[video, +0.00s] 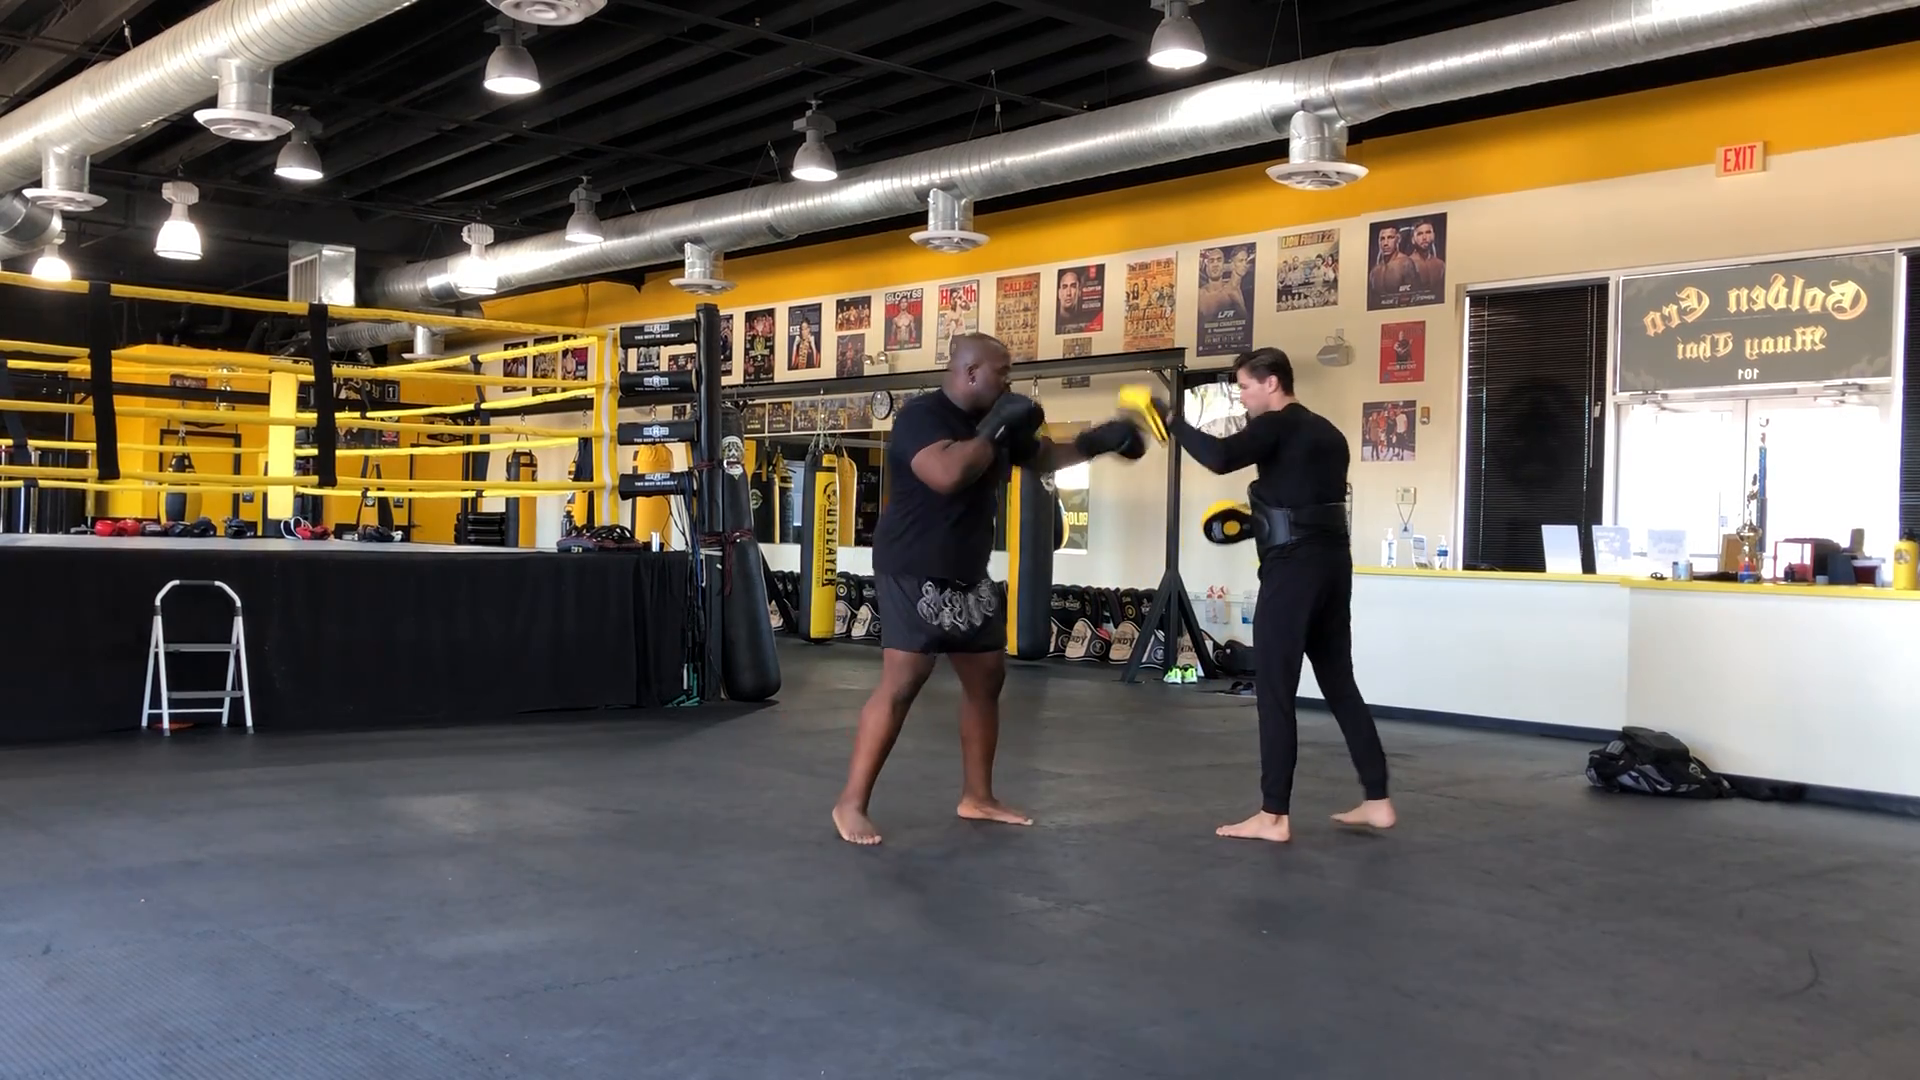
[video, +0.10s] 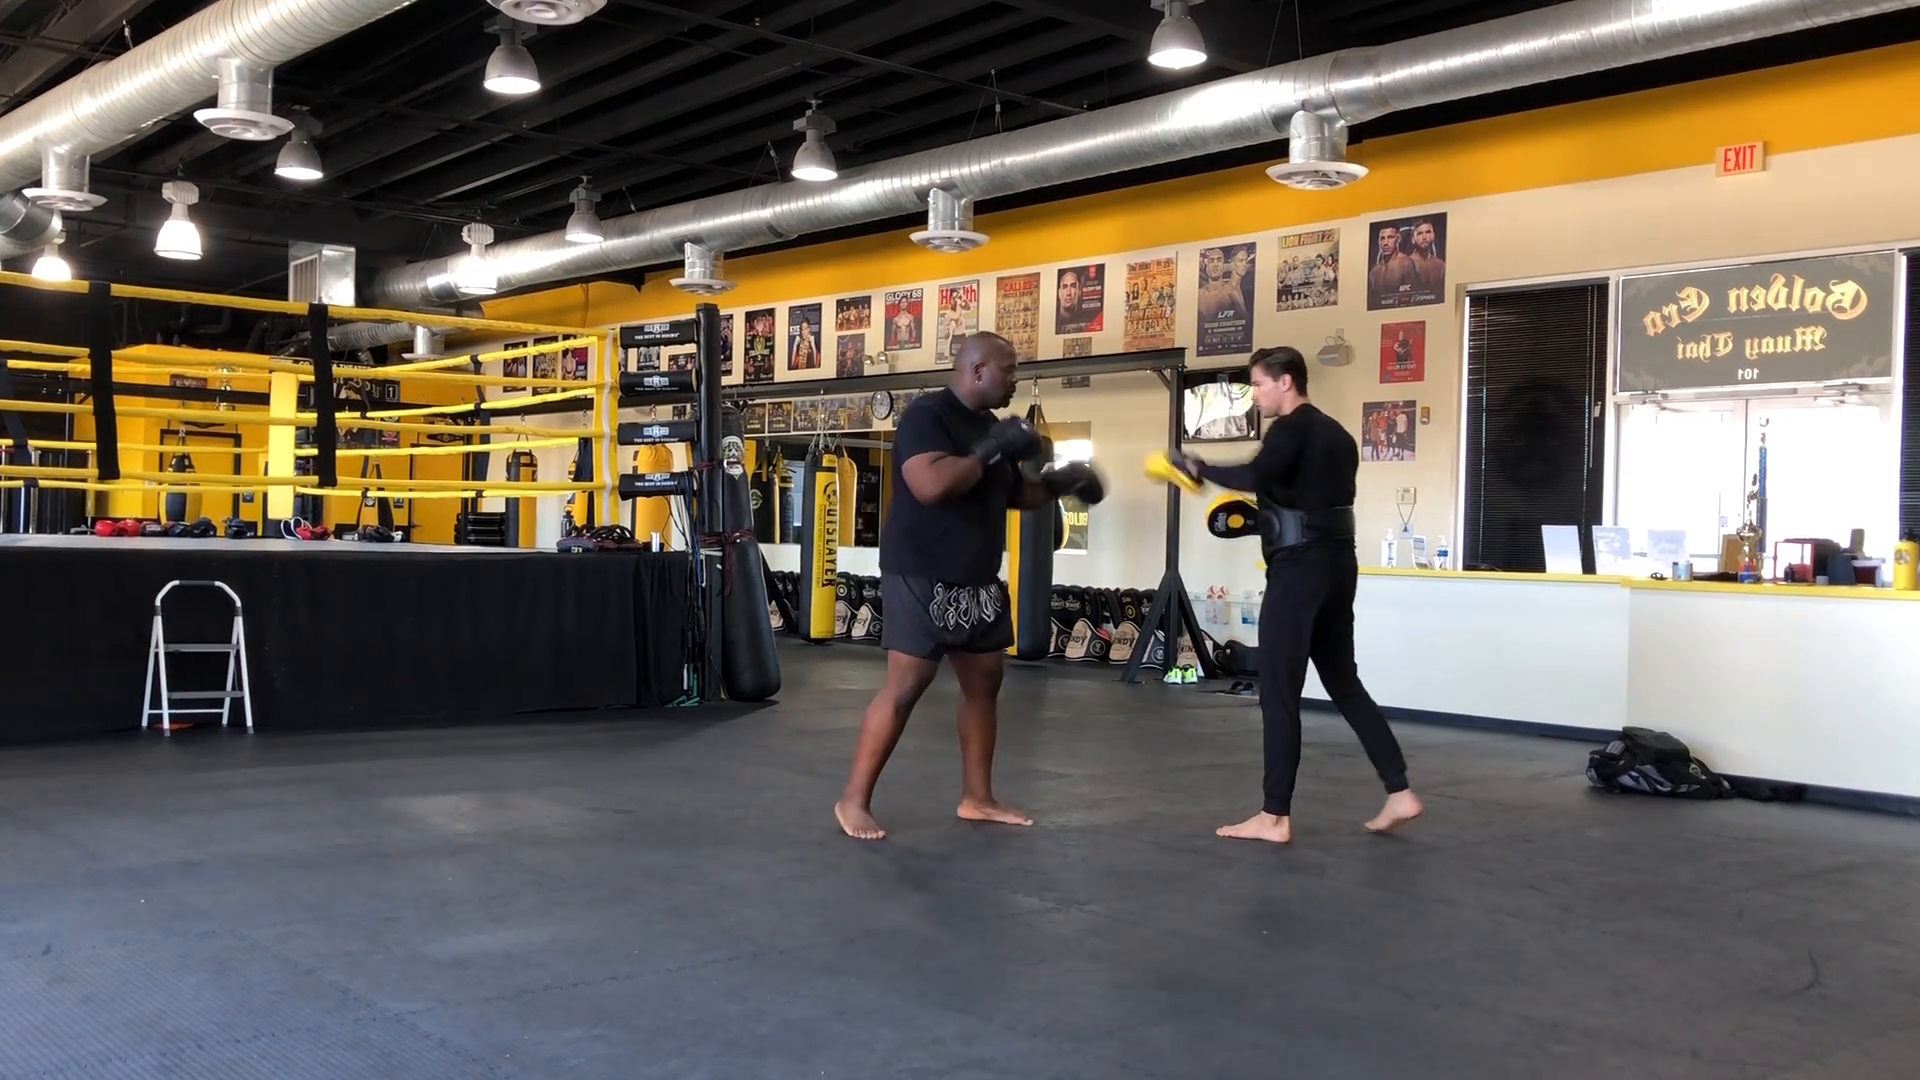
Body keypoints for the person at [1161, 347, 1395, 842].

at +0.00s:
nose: (1240, 399)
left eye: (1244, 388)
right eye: (1239, 389)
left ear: (1273, 383)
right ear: (1281, 385)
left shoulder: (1275, 426)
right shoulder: (1328, 432)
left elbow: (1220, 456)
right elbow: (1318, 503)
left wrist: (1172, 420)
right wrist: (1259, 517)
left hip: (1292, 569)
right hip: (1334, 568)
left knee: (1274, 693)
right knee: (1339, 684)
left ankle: (1274, 816)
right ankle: (1378, 801)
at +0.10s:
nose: (1254, 395)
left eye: (1258, 385)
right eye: (1253, 386)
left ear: (1286, 382)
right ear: (1293, 385)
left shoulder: (1290, 428)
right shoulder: (1339, 433)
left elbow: (1258, 477)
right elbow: (1325, 501)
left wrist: (1201, 470)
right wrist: (1262, 508)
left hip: (1298, 568)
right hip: (1338, 565)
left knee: (1278, 690)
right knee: (1342, 681)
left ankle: (1274, 815)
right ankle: (1400, 793)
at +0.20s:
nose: (1265, 395)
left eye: (1270, 385)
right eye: (1263, 386)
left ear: (1297, 383)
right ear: (1303, 385)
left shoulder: (1304, 436)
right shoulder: (1349, 436)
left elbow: (1292, 508)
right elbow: (1327, 511)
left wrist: (1242, 513)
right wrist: (1262, 515)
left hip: (1308, 572)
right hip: (1347, 571)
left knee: (1282, 695)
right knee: (1353, 687)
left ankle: (1275, 816)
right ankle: (1410, 796)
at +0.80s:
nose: (1333, 394)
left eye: (1339, 385)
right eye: (1333, 385)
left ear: (1367, 385)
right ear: (1369, 387)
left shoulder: (1379, 433)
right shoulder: (1399, 437)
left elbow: (1356, 492)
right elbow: (1356, 509)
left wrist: (1307, 464)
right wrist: (1307, 490)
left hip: (1368, 579)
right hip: (1399, 578)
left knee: (1341, 698)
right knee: (1408, 698)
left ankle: (1355, 823)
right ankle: (1423, 816)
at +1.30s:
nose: (1317, 389)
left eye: (1324, 379)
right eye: (1318, 379)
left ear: (1350, 379)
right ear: (1359, 381)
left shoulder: (1348, 426)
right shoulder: (1402, 435)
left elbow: (1286, 455)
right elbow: (1349, 481)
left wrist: (1286, 395)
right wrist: (1299, 465)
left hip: (1344, 572)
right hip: (1389, 572)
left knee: (1342, 698)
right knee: (1394, 693)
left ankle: (1355, 822)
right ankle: (1421, 812)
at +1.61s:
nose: (1305, 383)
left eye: (1309, 373)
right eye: (1305, 373)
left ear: (1335, 374)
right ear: (1346, 375)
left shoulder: (1338, 427)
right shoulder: (1384, 430)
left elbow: (1277, 480)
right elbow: (1325, 477)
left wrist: (1228, 447)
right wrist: (1290, 425)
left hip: (1341, 569)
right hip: (1378, 566)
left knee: (1344, 696)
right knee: (1376, 690)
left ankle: (1355, 822)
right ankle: (1415, 804)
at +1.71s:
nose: (1302, 381)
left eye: (1309, 373)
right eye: (1303, 372)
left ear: (1336, 375)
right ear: (1339, 376)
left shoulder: (1350, 427)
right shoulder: (1357, 425)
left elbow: (1314, 499)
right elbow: (1288, 469)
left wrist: (1257, 495)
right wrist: (1282, 410)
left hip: (1347, 573)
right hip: (1368, 569)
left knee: (1345, 696)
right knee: (1364, 688)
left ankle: (1355, 823)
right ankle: (1413, 800)